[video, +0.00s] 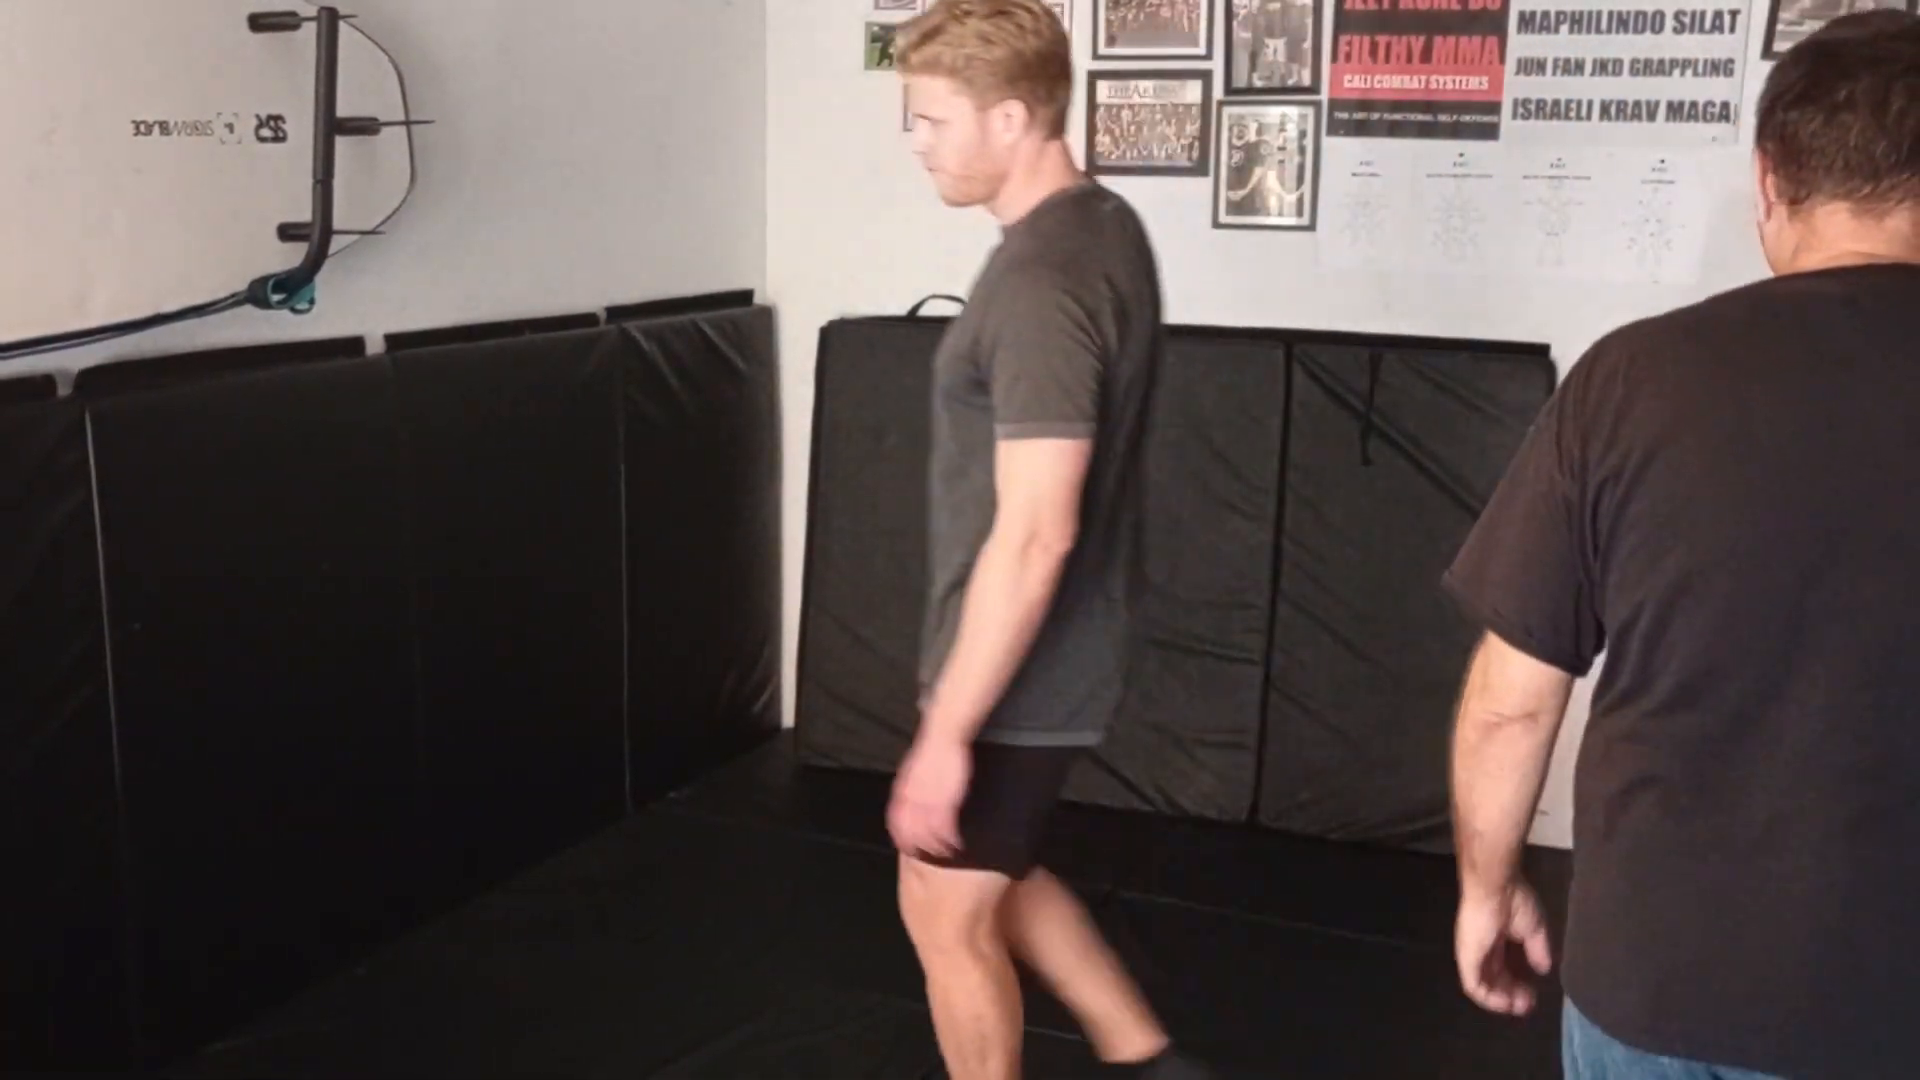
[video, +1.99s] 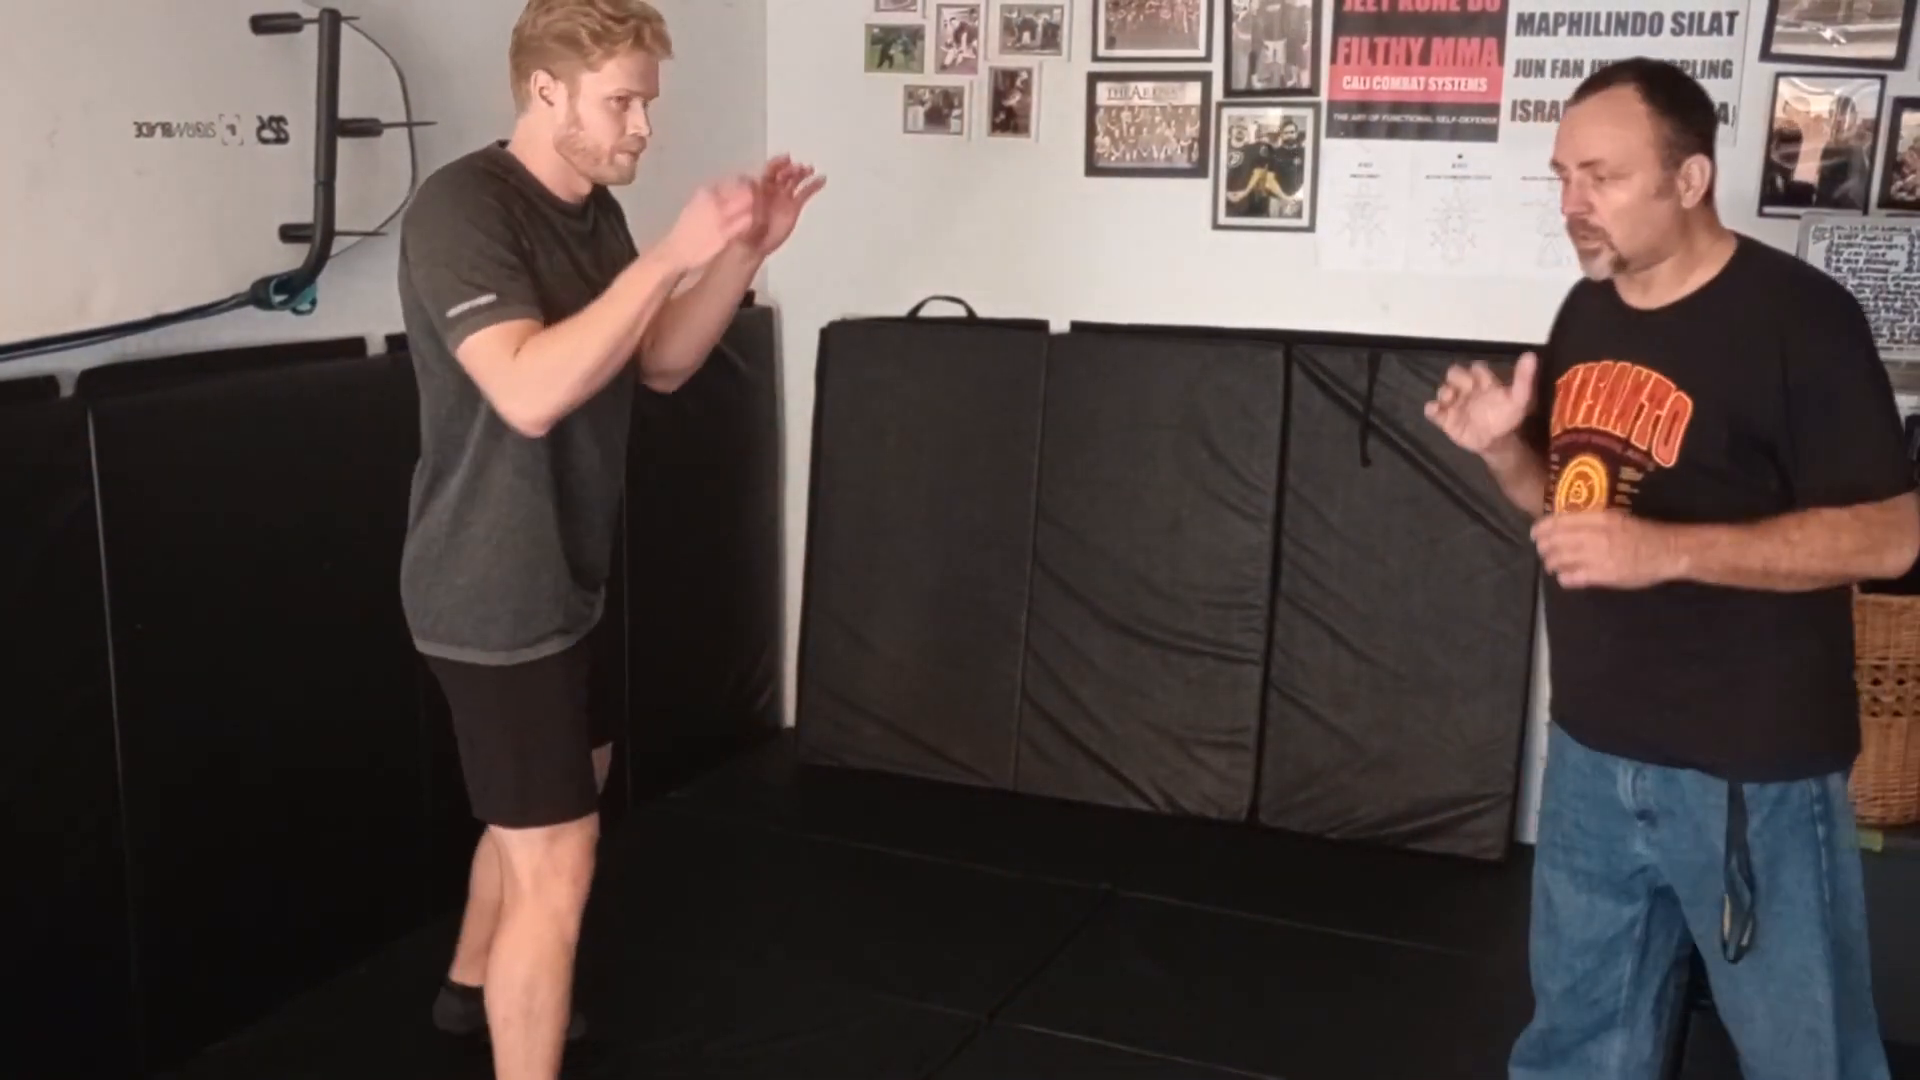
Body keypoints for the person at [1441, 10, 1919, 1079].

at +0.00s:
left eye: (1758, 190)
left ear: (1769, 186)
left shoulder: (1641, 379)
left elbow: (1510, 698)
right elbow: (1513, 697)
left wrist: (1487, 882)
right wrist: (1492, 885)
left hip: (1660, 998)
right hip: (1894, 1003)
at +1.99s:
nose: (1572, 205)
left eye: (1600, 176)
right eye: (1564, 176)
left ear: (1691, 179)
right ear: (1560, 177)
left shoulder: (1805, 316)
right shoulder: (1588, 310)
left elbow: (1891, 533)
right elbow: (1574, 524)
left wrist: (1663, 550)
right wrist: (1506, 450)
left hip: (1761, 772)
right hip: (1593, 751)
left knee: (1807, 1056)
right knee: (1579, 1049)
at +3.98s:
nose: (1578, 239)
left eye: (1597, 211)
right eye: (1577, 210)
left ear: (1694, 205)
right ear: (1683, 209)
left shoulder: (1850, 351)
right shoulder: (1642, 338)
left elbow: (1787, 605)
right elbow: (1589, 529)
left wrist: (1586, 465)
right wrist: (1465, 455)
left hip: (1723, 840)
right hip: (1575, 785)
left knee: (1649, 1062)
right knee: (1499, 1003)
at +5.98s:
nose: (1698, 223)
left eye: (1726, 196)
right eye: (1702, 191)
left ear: (1825, 205)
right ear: (1815, 208)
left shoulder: (1918, 352)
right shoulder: (1754, 323)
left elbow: (1857, 602)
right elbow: (1707, 502)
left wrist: (1689, 441)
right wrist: (1604, 448)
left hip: (1875, 831)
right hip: (1702, 784)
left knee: (1878, 1069)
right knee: (1603, 1059)